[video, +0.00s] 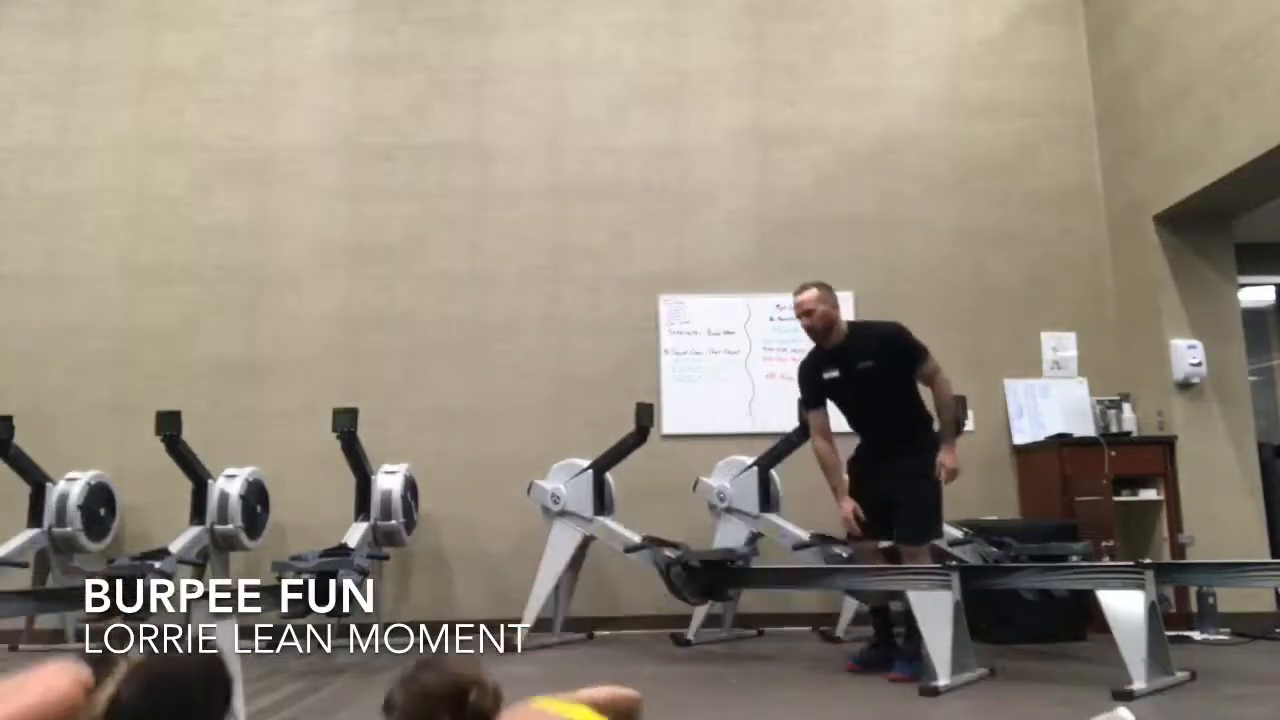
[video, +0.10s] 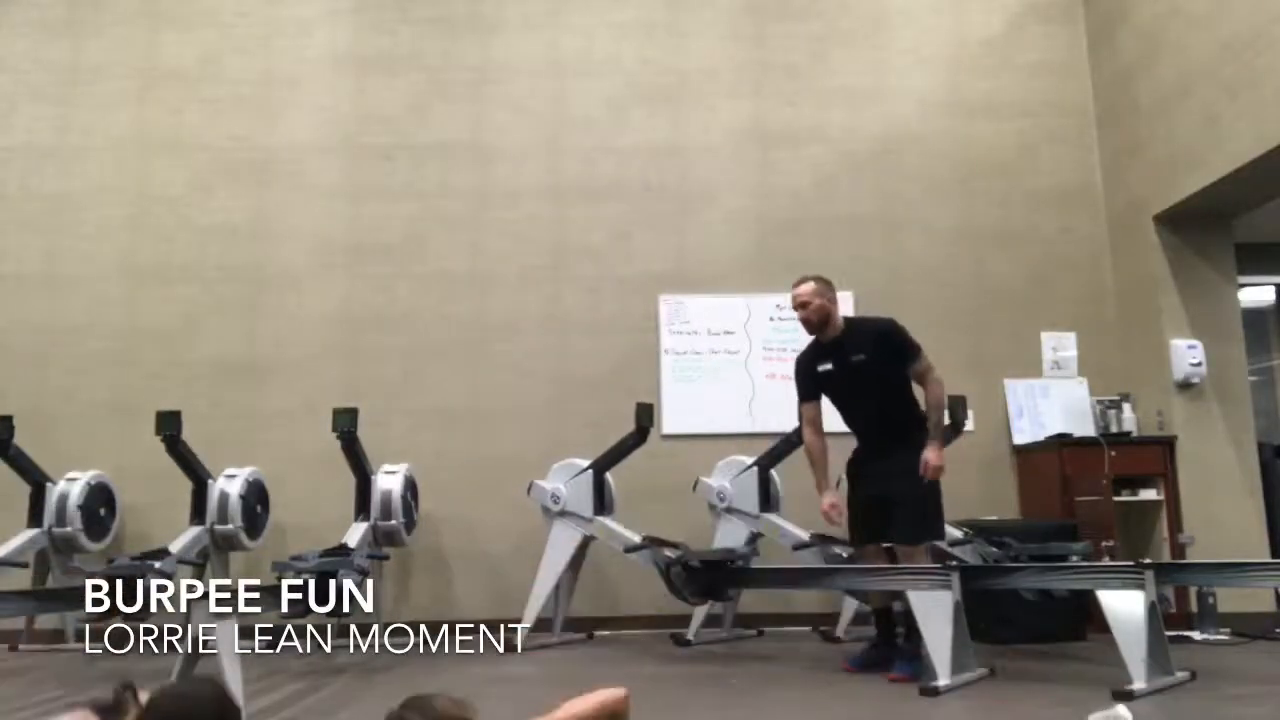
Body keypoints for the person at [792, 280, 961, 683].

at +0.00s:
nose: (806, 321)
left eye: (812, 311)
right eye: (800, 316)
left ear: (836, 308)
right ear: (799, 321)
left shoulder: (887, 337)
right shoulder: (811, 369)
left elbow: (938, 382)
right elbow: (821, 438)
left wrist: (949, 445)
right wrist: (841, 495)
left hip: (916, 447)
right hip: (870, 452)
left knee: (913, 548)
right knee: (863, 543)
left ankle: (917, 647)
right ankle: (883, 641)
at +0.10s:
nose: (801, 314)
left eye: (807, 304)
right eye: (796, 308)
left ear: (831, 301)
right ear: (797, 313)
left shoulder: (882, 333)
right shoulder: (808, 363)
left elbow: (931, 380)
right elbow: (811, 428)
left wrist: (935, 443)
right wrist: (825, 489)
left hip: (912, 446)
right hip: (868, 452)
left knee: (910, 548)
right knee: (866, 548)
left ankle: (917, 646)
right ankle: (885, 640)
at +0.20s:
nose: (795, 312)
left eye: (800, 303)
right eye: (791, 307)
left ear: (826, 300)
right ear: (794, 312)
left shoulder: (877, 332)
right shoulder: (805, 363)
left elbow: (926, 381)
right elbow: (806, 428)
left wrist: (924, 439)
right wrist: (814, 487)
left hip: (906, 445)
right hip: (864, 452)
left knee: (906, 547)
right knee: (867, 551)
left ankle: (915, 648)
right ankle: (885, 643)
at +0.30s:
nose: (788, 312)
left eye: (794, 303)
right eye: (785, 307)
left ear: (820, 301)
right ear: (791, 312)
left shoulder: (869, 331)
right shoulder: (802, 363)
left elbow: (918, 378)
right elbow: (803, 427)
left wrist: (915, 435)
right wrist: (807, 486)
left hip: (901, 443)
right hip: (862, 451)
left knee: (900, 544)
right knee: (868, 549)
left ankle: (916, 645)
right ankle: (884, 642)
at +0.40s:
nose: (783, 313)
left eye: (788, 305)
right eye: (780, 308)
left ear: (815, 301)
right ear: (788, 313)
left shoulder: (864, 331)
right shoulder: (801, 363)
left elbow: (909, 379)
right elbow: (805, 427)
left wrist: (910, 437)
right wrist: (809, 485)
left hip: (898, 441)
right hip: (864, 450)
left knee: (887, 534)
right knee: (867, 545)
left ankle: (920, 638)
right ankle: (884, 640)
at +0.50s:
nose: (780, 315)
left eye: (785, 306)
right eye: (777, 310)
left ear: (811, 302)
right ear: (787, 314)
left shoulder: (857, 332)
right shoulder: (801, 363)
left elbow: (902, 378)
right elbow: (810, 426)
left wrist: (903, 439)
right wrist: (817, 482)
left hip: (894, 438)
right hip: (863, 446)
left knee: (873, 527)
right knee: (865, 536)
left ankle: (925, 612)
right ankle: (885, 639)